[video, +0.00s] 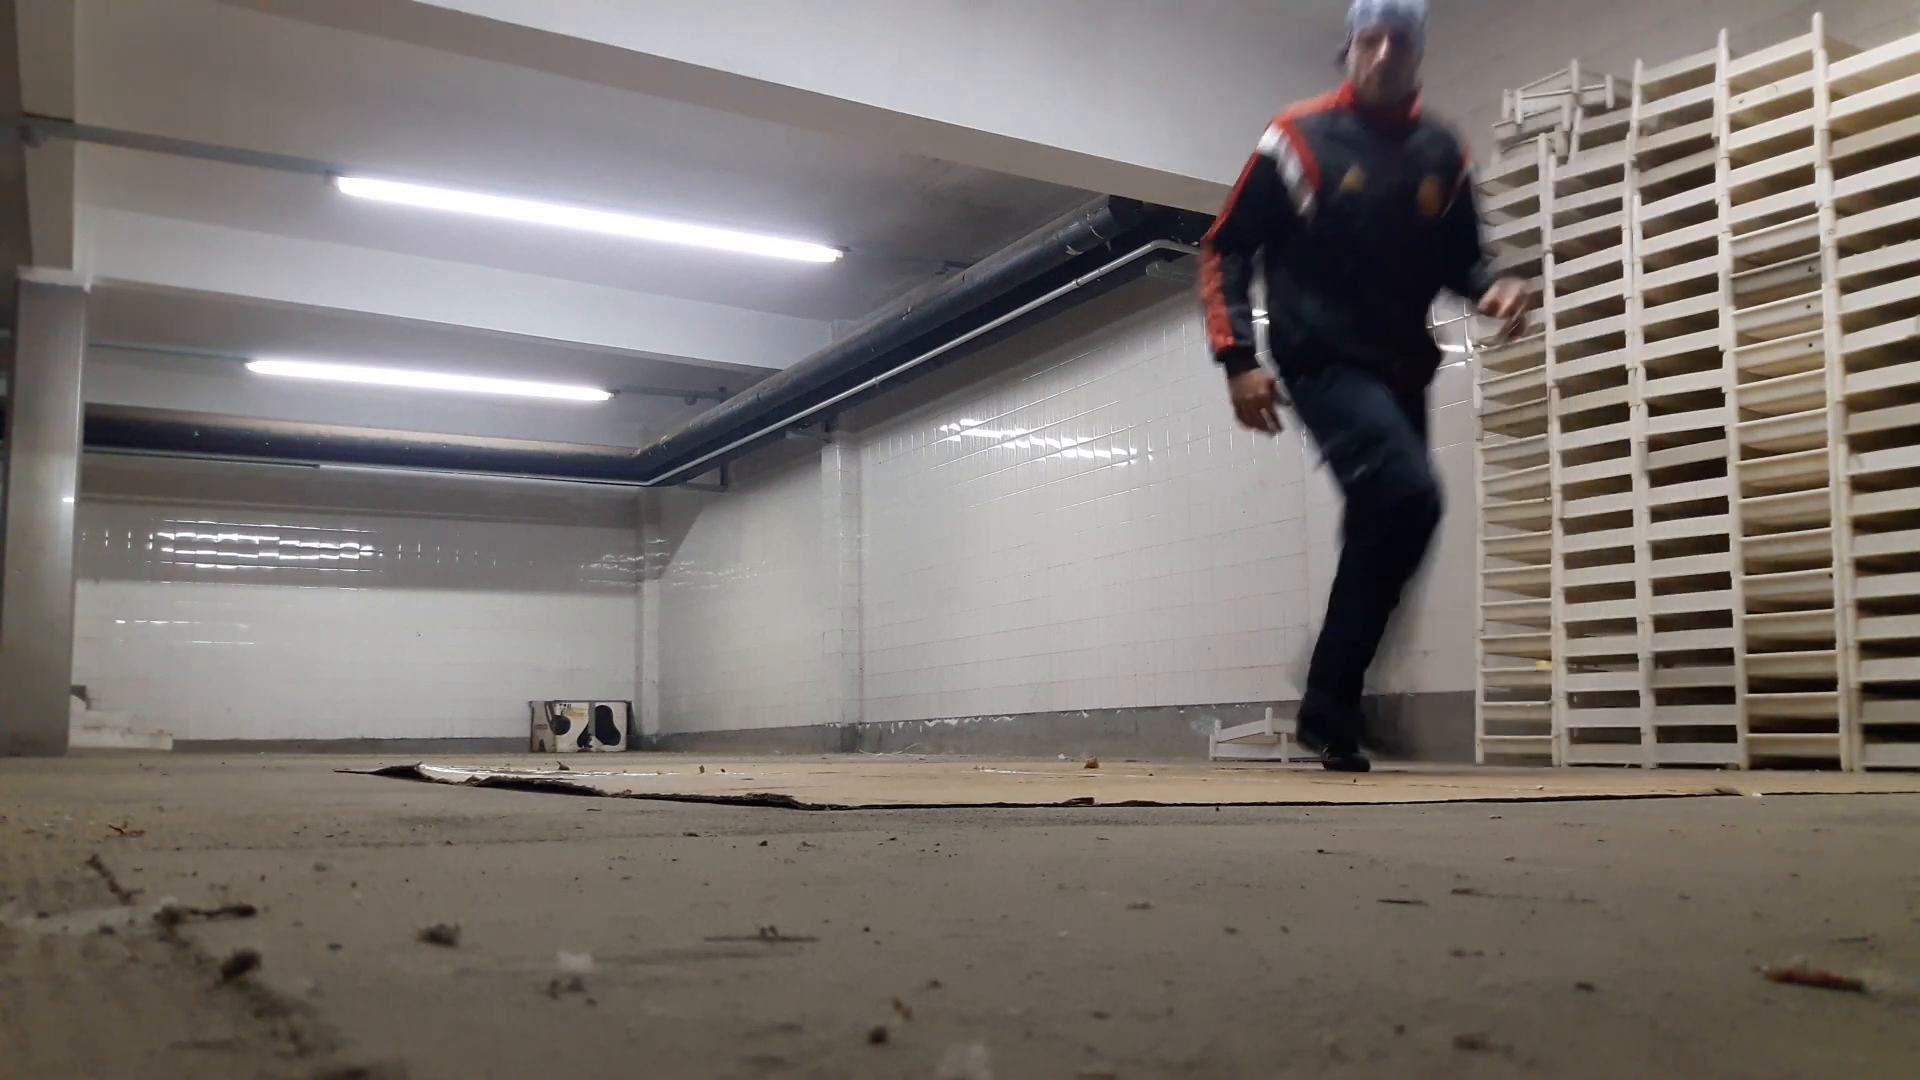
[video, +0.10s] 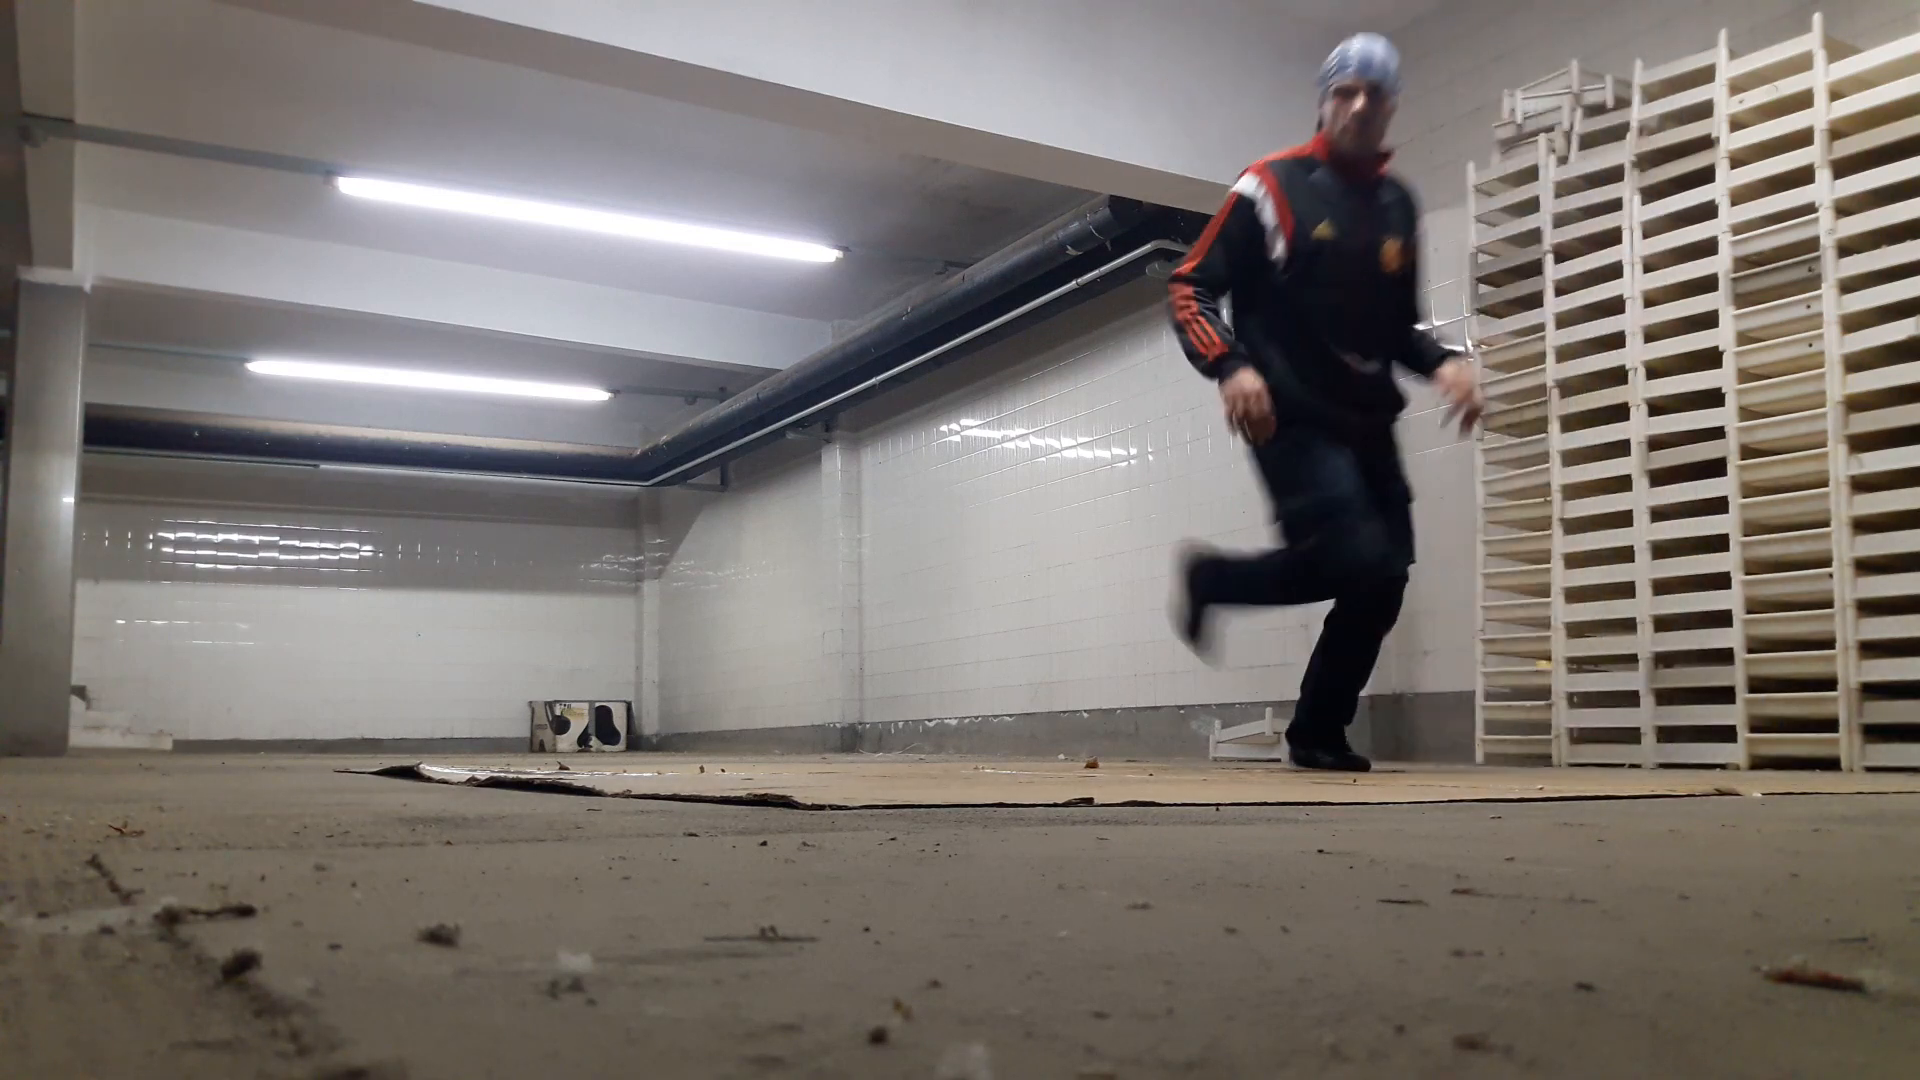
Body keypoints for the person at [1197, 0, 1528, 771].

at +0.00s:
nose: (1385, 56)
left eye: (1401, 43)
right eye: (1371, 41)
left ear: (1422, 56)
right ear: (1347, 52)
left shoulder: (1441, 149)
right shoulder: (1298, 137)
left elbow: (1459, 260)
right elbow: (1224, 250)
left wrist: (1495, 287)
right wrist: (1237, 361)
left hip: (1401, 366)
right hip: (1321, 361)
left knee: (1377, 540)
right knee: (1407, 495)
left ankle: (1329, 714)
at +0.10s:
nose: (1358, 108)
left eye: (1373, 95)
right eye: (1345, 94)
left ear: (1393, 106)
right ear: (1322, 101)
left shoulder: (1395, 202)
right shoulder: (1272, 184)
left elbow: (1394, 324)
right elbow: (1189, 288)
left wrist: (1444, 362)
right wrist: (1230, 368)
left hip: (1365, 417)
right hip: (1289, 410)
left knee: (1384, 574)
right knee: (1348, 555)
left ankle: (1317, 735)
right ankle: (1209, 579)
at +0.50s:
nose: (1159, 89)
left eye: (1172, 75)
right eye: (1145, 79)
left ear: (1198, 79)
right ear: (1130, 89)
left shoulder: (1240, 172)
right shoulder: (1097, 175)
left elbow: (1288, 266)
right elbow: (1052, 281)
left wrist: (1277, 317)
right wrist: (1084, 317)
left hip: (1195, 396)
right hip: (1106, 390)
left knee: (1190, 569)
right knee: (1044, 520)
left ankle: (1183, 728)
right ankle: (970, 692)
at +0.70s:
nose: (1022, 128)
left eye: (1034, 114)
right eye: (1010, 118)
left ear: (1063, 117)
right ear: (1000, 128)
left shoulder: (1119, 188)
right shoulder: (986, 219)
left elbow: (1196, 287)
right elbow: (973, 324)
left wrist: (1189, 376)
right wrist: (974, 348)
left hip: (1100, 434)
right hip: (1014, 431)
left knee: (1134, 590)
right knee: (952, 556)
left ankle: (1181, 729)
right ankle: (889, 724)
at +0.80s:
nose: (955, 108)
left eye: (967, 94)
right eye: (943, 98)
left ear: (996, 94)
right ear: (931, 107)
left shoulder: (1051, 165)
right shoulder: (928, 193)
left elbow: (1128, 272)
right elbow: (927, 286)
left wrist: (1086, 370)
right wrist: (914, 336)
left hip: (1034, 404)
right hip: (953, 404)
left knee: (1062, 559)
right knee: (905, 547)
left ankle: (1145, 681)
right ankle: (879, 728)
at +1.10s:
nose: (833, 14)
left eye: (846, 1)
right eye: (821, 5)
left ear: (878, 7)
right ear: (812, 18)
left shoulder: (924, 76)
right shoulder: (804, 108)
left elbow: (997, 198)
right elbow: (809, 224)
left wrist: (919, 277)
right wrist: (778, 268)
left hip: (902, 318)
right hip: (832, 327)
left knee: (852, 476)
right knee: (832, 494)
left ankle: (840, 698)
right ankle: (872, 704)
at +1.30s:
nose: (783, 13)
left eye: (799, 1)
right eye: (777, 3)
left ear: (839, 8)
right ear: (775, 17)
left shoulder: (877, 86)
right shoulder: (773, 115)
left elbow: (922, 219)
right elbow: (766, 242)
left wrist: (814, 301)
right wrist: (714, 295)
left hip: (815, 345)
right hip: (756, 341)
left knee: (714, 504)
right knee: (689, 506)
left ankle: (725, 733)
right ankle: (806, 668)